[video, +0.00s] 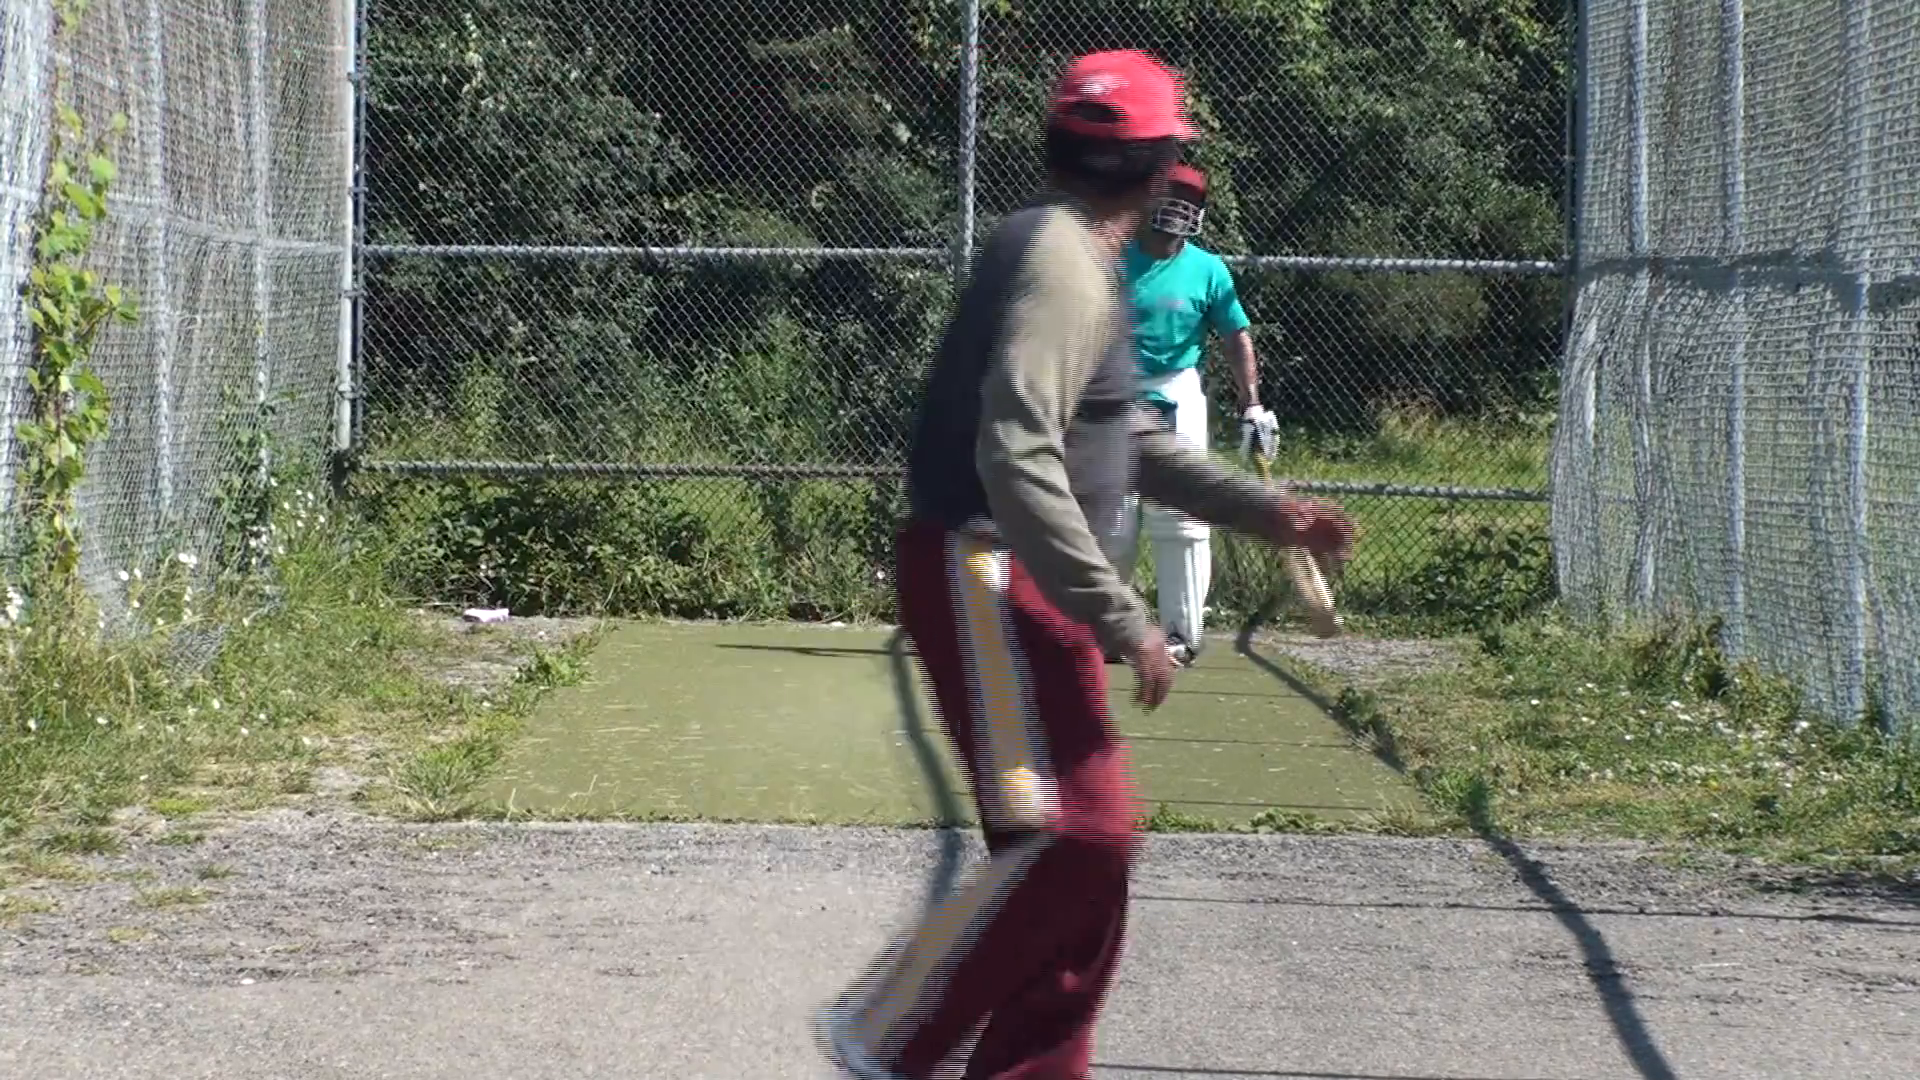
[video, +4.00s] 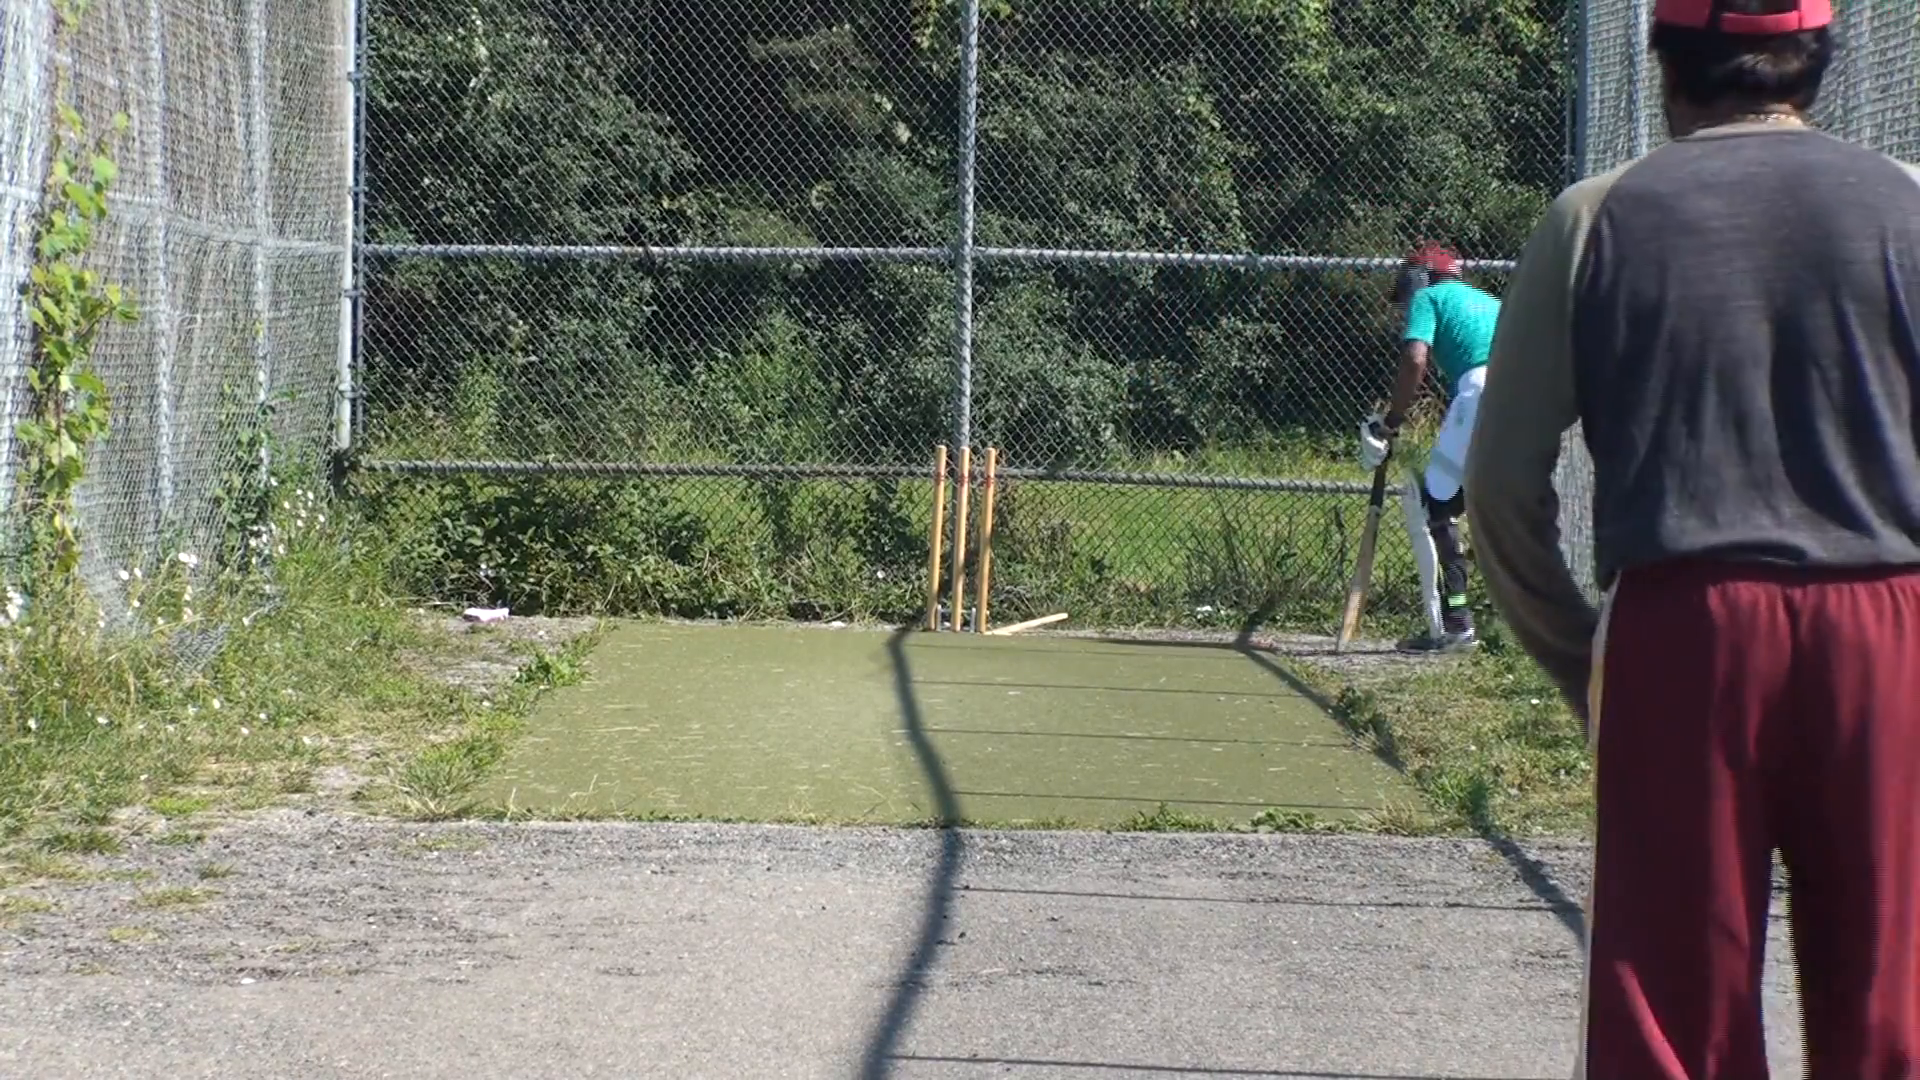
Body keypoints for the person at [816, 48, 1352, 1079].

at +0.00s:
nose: (1181, 173)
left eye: (1180, 155)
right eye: (1173, 155)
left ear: (1082, 156)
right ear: (1144, 165)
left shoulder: (1086, 260)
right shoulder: (1055, 256)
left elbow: (1129, 443)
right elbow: (1016, 452)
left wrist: (1260, 504)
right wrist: (1120, 614)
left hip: (1027, 563)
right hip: (976, 564)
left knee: (1095, 835)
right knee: (1061, 832)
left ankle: (1030, 1065)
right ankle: (876, 1044)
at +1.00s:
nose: (1599, 168)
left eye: (1610, 145)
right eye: (1575, 142)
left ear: (1615, 145)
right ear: (1493, 135)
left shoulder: (1583, 258)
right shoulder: (1407, 238)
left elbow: (1641, 386)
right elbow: (1336, 420)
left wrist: (1681, 425)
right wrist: (1541, 470)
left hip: (1529, 608)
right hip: (1405, 604)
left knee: (1528, 893)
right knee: (1424, 896)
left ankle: (1509, 1068)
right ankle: (1430, 1069)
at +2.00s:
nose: (1878, 106)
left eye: (1874, 81)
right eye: (1861, 79)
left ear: (1797, 99)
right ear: (1796, 92)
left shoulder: (1816, 253)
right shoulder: (1663, 214)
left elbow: (1872, 431)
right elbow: (1565, 436)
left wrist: (1910, 516)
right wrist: (1674, 657)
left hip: (1783, 631)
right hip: (1679, 617)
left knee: (1790, 943)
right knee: (1724, 951)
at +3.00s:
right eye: (1856, 73)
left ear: (1722, 84)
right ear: (1863, 95)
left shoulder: (1620, 215)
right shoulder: (1906, 223)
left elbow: (1529, 472)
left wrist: (1612, 636)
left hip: (1661, 627)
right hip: (1865, 640)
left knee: (1621, 985)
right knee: (1872, 985)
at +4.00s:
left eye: (1659, 61)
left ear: (1667, 72)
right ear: (1817, 68)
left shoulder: (1593, 218)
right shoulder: (1899, 199)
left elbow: (1500, 482)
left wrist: (1583, 658)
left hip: (1685, 637)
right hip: (1887, 637)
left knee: (1674, 994)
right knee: (1883, 990)